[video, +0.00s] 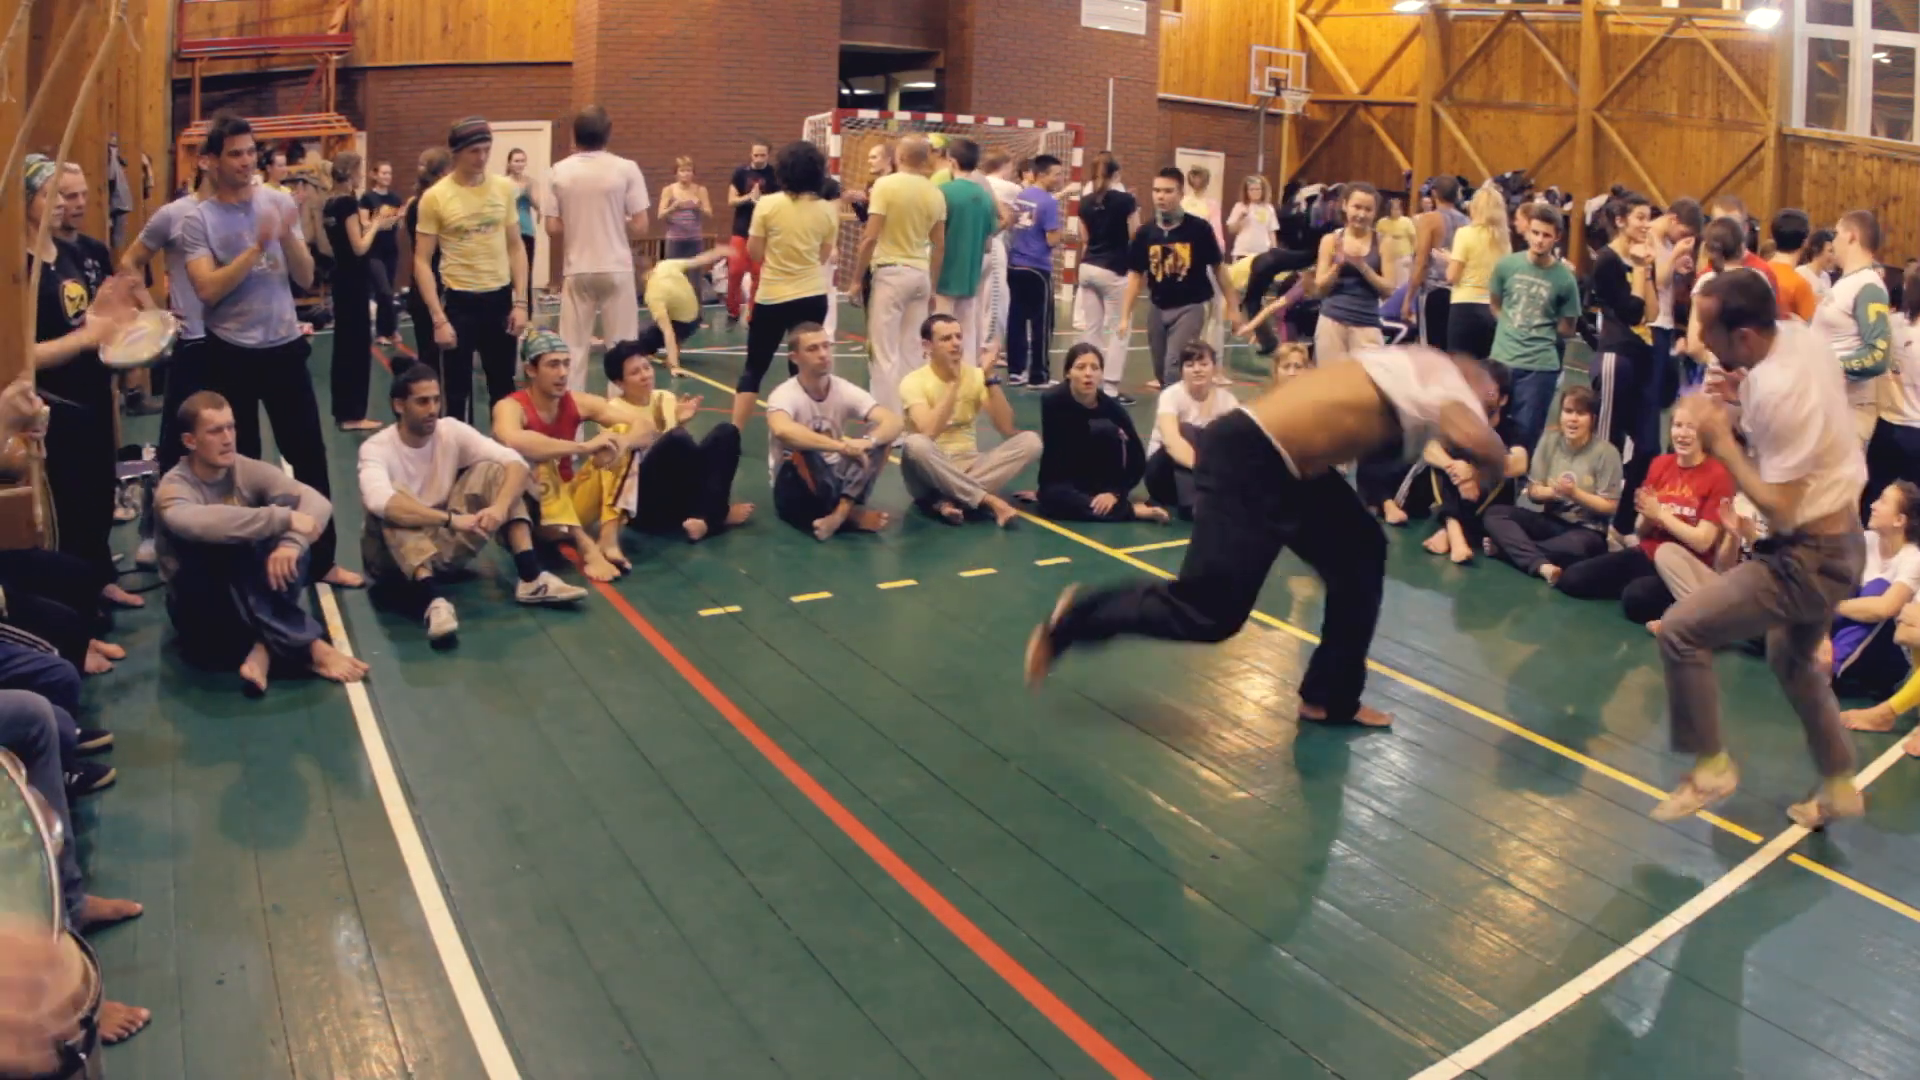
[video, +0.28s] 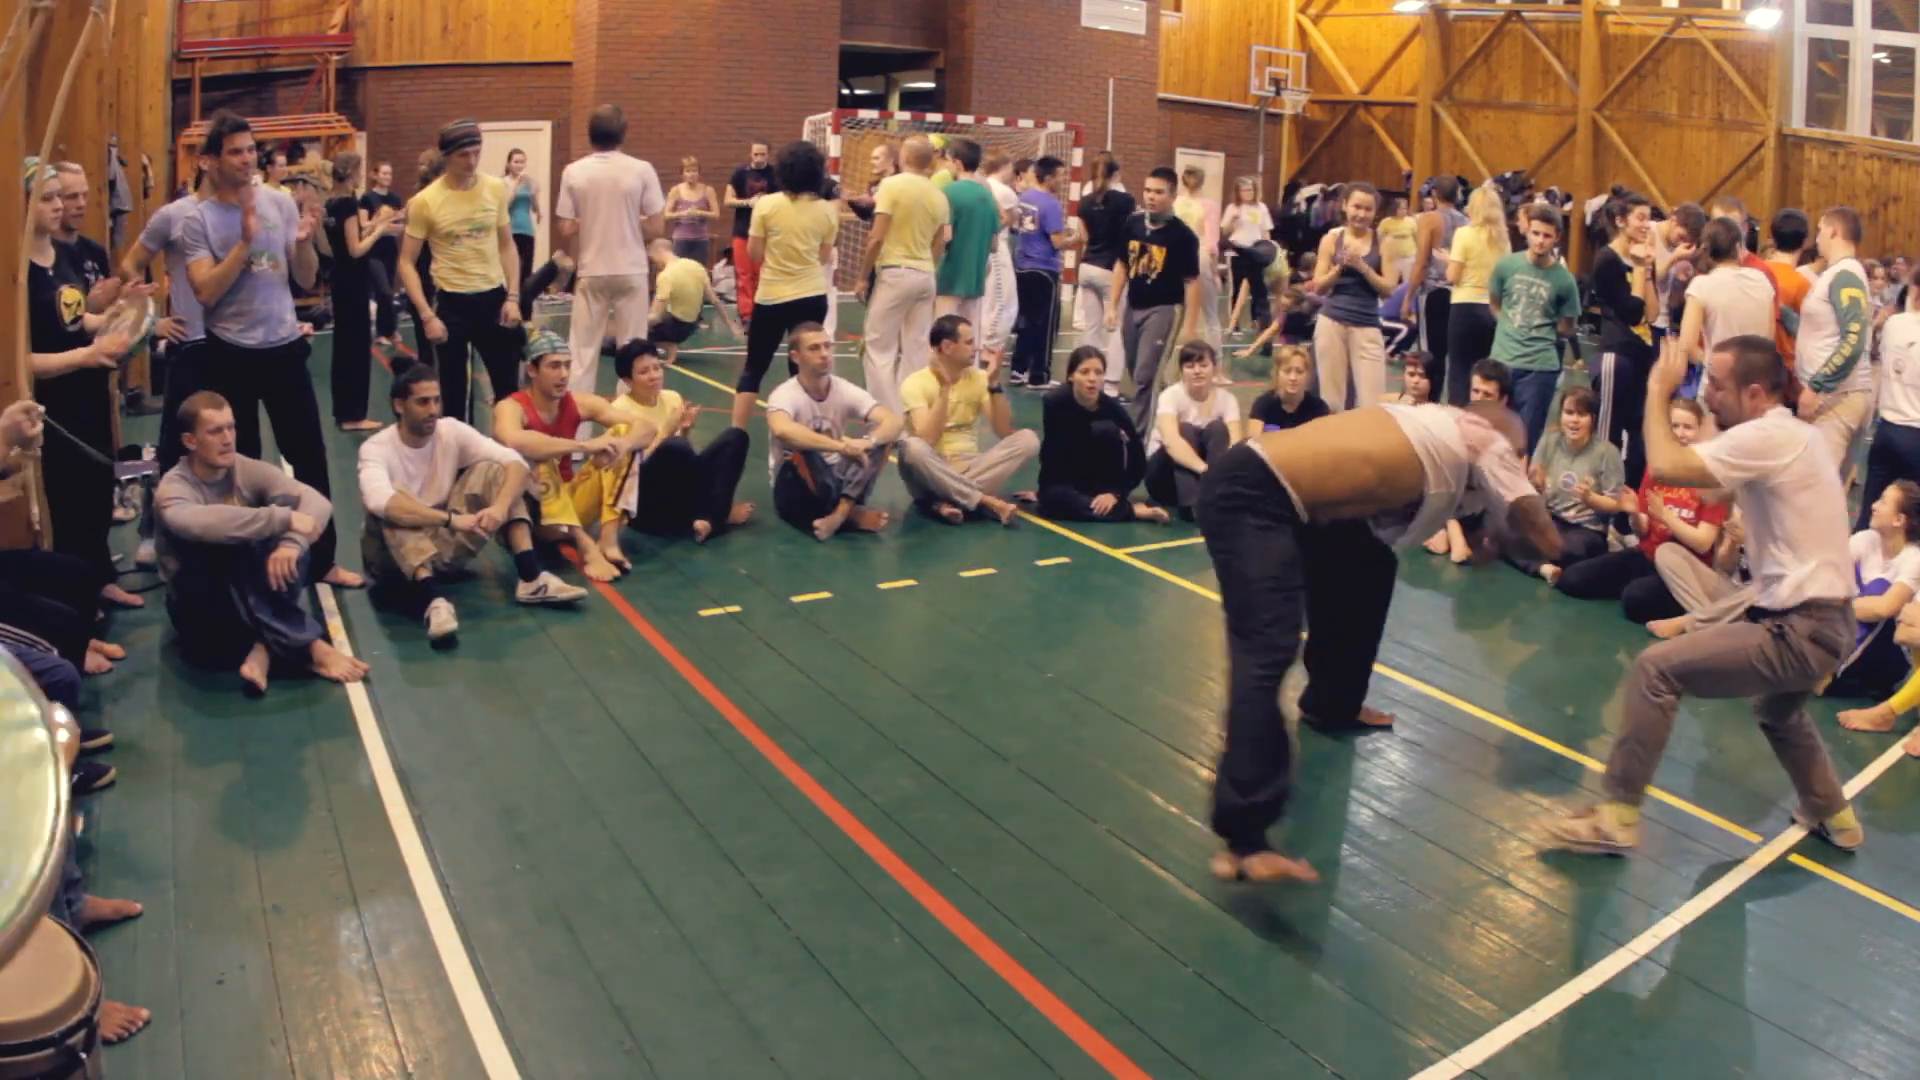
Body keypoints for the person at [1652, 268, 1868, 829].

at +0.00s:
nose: (1706, 346)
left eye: (1711, 336)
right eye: (1704, 335)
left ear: (1747, 334)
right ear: (1756, 326)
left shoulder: (1777, 387)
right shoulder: (1803, 337)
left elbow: (1781, 507)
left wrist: (1721, 440)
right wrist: (1750, 396)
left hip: (1810, 552)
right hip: (1837, 541)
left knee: (1679, 631)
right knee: (1795, 664)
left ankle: (1711, 768)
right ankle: (1840, 785)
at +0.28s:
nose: (1708, 392)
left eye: (1718, 384)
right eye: (1709, 381)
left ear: (1758, 392)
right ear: (1758, 393)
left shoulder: (1773, 436)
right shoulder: (1797, 434)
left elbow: (1663, 464)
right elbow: (1715, 483)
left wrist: (1658, 392)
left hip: (1800, 627)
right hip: (1821, 622)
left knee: (1657, 669)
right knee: (1781, 715)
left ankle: (1617, 814)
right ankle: (1834, 815)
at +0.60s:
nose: (1635, 457)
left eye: (1650, 458)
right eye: (1638, 443)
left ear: (1685, 470)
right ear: (1646, 422)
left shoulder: (1679, 518)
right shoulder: (1630, 420)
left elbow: (1572, 551)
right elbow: (1554, 481)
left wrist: (1601, 489)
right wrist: (1590, 418)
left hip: (1634, 617)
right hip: (1578, 595)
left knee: (1548, 696)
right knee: (1561, 699)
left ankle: (1501, 835)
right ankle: (1675, 702)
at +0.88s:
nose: (1530, 583)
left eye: (1549, 592)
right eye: (1542, 566)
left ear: (1572, 603)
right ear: (1554, 534)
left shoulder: (1579, 622)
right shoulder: (1500, 523)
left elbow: (1556, 731)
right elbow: (1458, 631)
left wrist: (1527, 819)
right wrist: (1510, 734)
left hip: (1505, 643)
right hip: (1436, 599)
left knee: (1503, 730)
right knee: (1359, 652)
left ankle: (1487, 833)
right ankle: (1326, 689)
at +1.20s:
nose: (1302, 478)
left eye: (1311, 467)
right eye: (1293, 467)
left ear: (1335, 449)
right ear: (1282, 451)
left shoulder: (1375, 455)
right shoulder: (1269, 461)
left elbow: (1445, 463)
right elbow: (1230, 522)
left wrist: (1504, 469)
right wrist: (1304, 521)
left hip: (1388, 534)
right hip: (1307, 540)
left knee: (1423, 641)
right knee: (1226, 588)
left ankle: (1486, 764)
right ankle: (1228, 690)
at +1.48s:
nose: (1196, 388)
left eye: (1204, 374)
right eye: (1185, 378)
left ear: (1233, 363)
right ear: (1177, 379)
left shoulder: (1278, 388)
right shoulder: (1179, 406)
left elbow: (1322, 463)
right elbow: (1129, 447)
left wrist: (1303, 507)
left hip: (1323, 480)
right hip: (1253, 486)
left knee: (1362, 560)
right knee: (1205, 561)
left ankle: (1393, 595)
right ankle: (1225, 680)